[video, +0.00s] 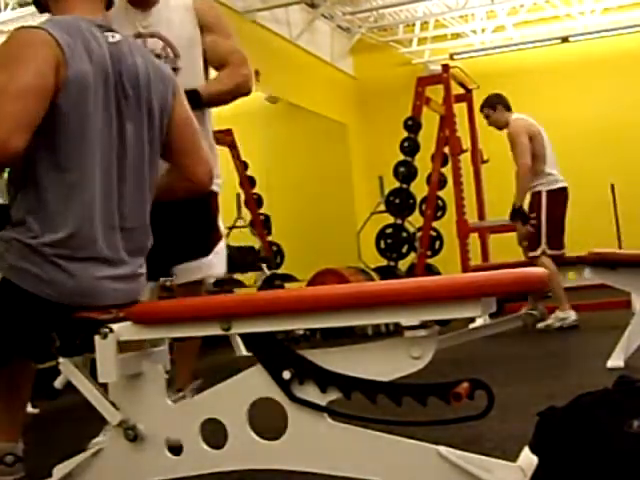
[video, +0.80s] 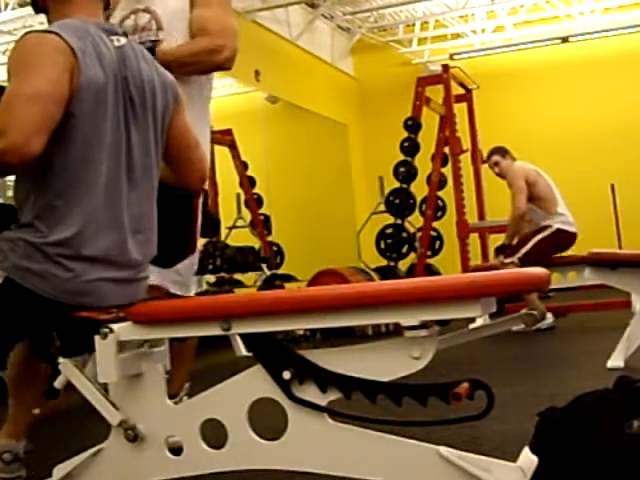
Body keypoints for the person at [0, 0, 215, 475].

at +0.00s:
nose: (37, 9)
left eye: (39, 5)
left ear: (46, 2)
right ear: (107, 3)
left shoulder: (38, 42)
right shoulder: (156, 69)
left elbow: (9, 142)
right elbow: (198, 174)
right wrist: (130, 187)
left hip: (39, 280)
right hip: (123, 285)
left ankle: (8, 450)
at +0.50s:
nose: (38, 10)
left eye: (40, 7)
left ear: (45, 3)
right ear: (105, 5)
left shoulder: (41, 46)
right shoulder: (154, 74)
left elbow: (11, 147)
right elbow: (194, 175)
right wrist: (130, 159)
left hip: (40, 283)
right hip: (125, 289)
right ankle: (37, 436)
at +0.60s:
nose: (35, 11)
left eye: (35, 8)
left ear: (42, 4)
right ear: (102, 4)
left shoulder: (44, 45)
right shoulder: (152, 71)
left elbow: (15, 143)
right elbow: (195, 176)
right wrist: (130, 161)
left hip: (41, 280)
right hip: (125, 287)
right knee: (61, 349)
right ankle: (35, 442)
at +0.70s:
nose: (35, 11)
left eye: (35, 8)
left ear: (42, 4)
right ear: (103, 4)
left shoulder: (46, 45)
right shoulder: (152, 71)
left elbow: (18, 142)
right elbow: (195, 175)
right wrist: (131, 159)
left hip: (42, 277)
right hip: (125, 284)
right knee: (50, 337)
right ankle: (28, 439)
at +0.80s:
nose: (40, 11)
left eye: (40, 8)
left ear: (45, 4)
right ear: (106, 4)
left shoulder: (47, 45)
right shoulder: (155, 75)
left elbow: (19, 143)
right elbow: (194, 173)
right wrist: (133, 152)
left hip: (45, 275)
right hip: (124, 282)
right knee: (38, 341)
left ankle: (13, 441)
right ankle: (12, 440)